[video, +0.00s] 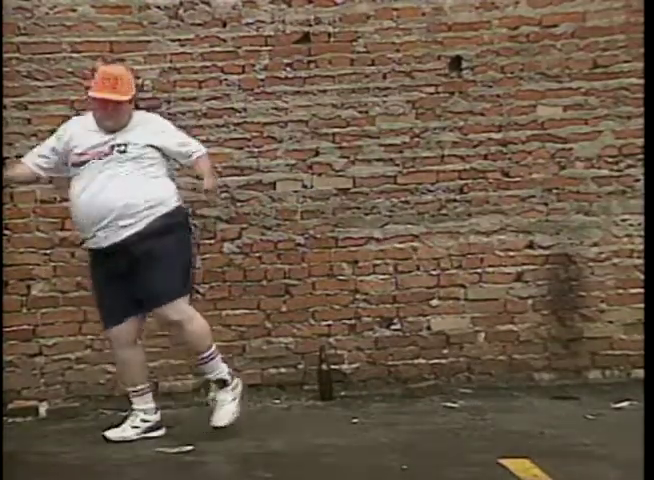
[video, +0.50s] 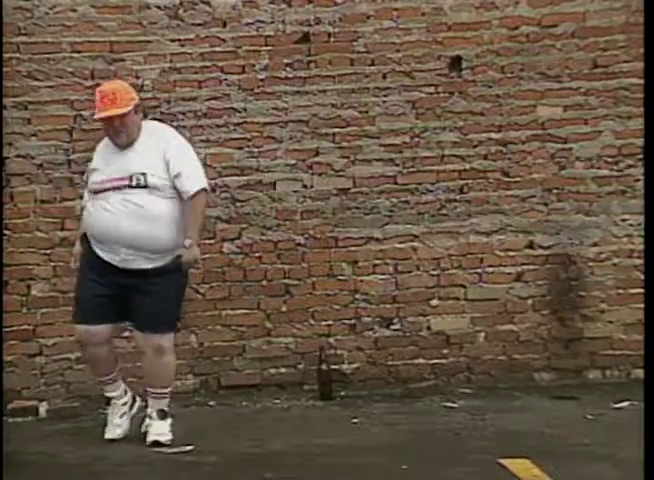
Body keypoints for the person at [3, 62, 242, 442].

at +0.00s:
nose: (105, 109)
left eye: (115, 102)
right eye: (99, 101)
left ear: (131, 101)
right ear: (90, 99)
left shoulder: (150, 125)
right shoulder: (73, 131)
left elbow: (195, 153)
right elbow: (33, 166)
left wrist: (208, 177)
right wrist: (7, 172)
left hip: (160, 230)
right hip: (107, 247)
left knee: (173, 311)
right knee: (122, 335)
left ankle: (223, 382)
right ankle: (145, 414)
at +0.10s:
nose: (105, 117)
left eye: (114, 110)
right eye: (99, 109)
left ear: (131, 110)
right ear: (90, 108)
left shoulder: (152, 139)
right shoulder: (73, 145)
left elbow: (192, 163)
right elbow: (27, 168)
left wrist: (201, 158)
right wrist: (5, 173)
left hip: (159, 245)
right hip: (103, 263)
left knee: (175, 309)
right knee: (115, 341)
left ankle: (228, 376)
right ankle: (144, 414)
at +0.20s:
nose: (107, 114)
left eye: (115, 107)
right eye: (100, 107)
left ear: (130, 103)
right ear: (90, 106)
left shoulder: (153, 130)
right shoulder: (76, 142)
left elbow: (202, 162)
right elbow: (41, 177)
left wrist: (178, 149)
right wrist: (10, 189)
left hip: (161, 242)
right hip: (103, 256)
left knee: (176, 311)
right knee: (116, 337)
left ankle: (206, 390)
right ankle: (144, 414)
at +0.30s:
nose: (102, 104)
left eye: (110, 97)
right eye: (96, 98)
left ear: (130, 92)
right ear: (89, 97)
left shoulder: (157, 118)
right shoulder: (82, 135)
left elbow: (194, 151)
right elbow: (64, 181)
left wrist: (175, 168)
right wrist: (50, 205)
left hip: (162, 241)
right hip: (104, 248)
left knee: (168, 323)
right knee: (120, 330)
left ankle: (172, 410)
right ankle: (139, 408)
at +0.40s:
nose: (104, 112)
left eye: (111, 104)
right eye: (98, 106)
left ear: (130, 97)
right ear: (92, 105)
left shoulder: (162, 122)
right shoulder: (91, 140)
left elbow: (192, 166)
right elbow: (86, 190)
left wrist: (176, 201)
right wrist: (74, 232)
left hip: (160, 246)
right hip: (106, 248)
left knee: (156, 332)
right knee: (113, 331)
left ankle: (159, 412)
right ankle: (129, 405)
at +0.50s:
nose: (115, 125)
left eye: (121, 116)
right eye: (107, 119)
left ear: (137, 109)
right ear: (100, 118)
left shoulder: (167, 141)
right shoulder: (102, 149)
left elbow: (196, 192)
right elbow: (92, 200)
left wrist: (191, 241)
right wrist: (81, 240)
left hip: (159, 267)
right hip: (102, 262)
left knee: (158, 344)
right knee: (91, 334)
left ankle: (159, 414)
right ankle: (118, 399)